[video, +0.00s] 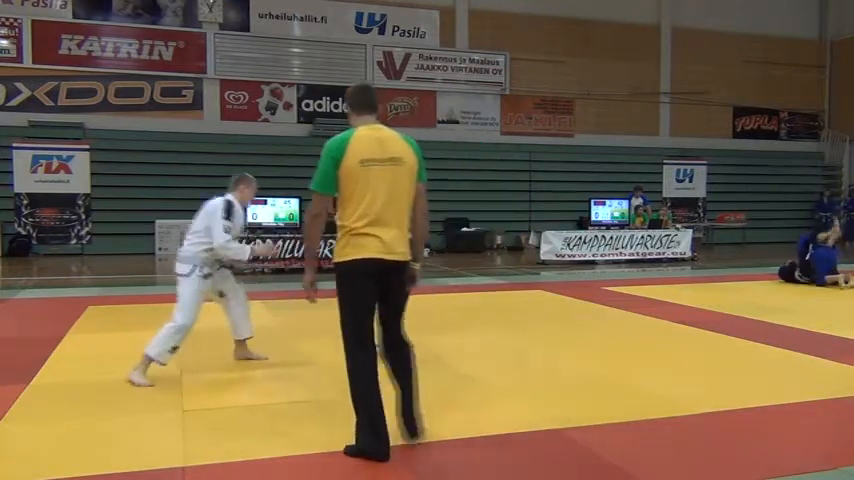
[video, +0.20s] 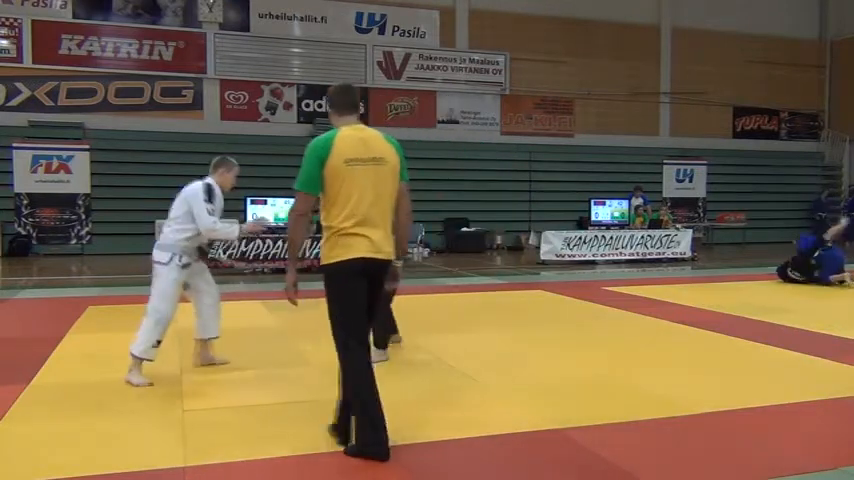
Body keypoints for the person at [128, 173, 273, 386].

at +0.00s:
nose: (254, 197)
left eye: (255, 193)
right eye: (253, 192)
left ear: (242, 188)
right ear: (242, 188)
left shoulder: (237, 211)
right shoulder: (221, 205)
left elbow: (226, 244)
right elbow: (221, 245)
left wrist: (252, 250)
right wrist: (254, 251)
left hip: (214, 267)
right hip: (193, 266)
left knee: (236, 295)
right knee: (183, 321)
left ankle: (241, 348)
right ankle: (140, 369)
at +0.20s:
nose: (235, 183)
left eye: (236, 178)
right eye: (234, 177)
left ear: (222, 173)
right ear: (222, 172)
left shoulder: (216, 197)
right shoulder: (198, 189)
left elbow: (211, 228)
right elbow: (208, 228)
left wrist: (242, 229)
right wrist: (243, 229)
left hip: (191, 259)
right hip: (170, 256)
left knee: (209, 296)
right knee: (161, 311)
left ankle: (204, 352)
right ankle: (134, 369)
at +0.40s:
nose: (224, 183)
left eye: (226, 178)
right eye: (224, 177)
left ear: (212, 172)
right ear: (212, 172)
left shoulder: (203, 194)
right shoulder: (187, 190)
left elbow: (199, 225)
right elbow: (192, 231)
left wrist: (224, 218)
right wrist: (228, 234)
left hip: (184, 259)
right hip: (164, 258)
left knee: (205, 296)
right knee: (155, 314)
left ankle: (192, 348)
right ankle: (132, 369)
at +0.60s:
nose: (230, 189)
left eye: (231, 184)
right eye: (230, 183)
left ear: (217, 178)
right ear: (218, 178)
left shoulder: (210, 202)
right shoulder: (190, 193)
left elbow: (204, 233)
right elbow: (197, 231)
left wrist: (233, 233)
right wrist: (233, 234)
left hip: (186, 259)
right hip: (164, 257)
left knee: (204, 297)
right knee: (161, 310)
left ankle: (204, 350)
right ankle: (133, 367)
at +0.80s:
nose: (228, 189)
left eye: (230, 184)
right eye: (228, 183)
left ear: (215, 178)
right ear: (217, 179)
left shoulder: (208, 201)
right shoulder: (191, 194)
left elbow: (208, 227)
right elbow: (190, 234)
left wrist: (233, 227)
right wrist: (221, 243)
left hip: (182, 258)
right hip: (161, 256)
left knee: (197, 299)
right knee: (158, 310)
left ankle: (202, 350)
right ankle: (129, 369)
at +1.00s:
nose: (208, 188)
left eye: (209, 184)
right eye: (206, 183)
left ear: (197, 179)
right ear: (197, 179)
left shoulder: (198, 202)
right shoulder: (174, 197)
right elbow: (181, 240)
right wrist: (212, 243)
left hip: (176, 263)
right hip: (151, 263)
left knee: (190, 306)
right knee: (149, 316)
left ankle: (201, 352)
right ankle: (119, 374)